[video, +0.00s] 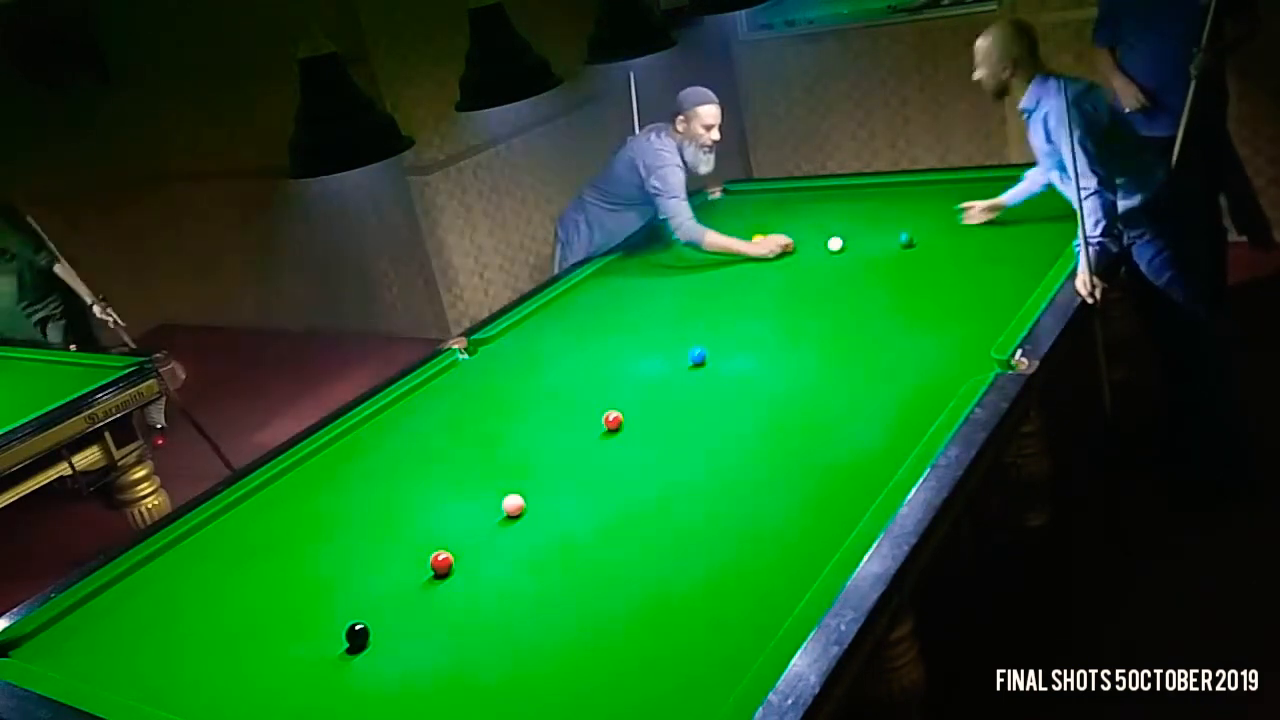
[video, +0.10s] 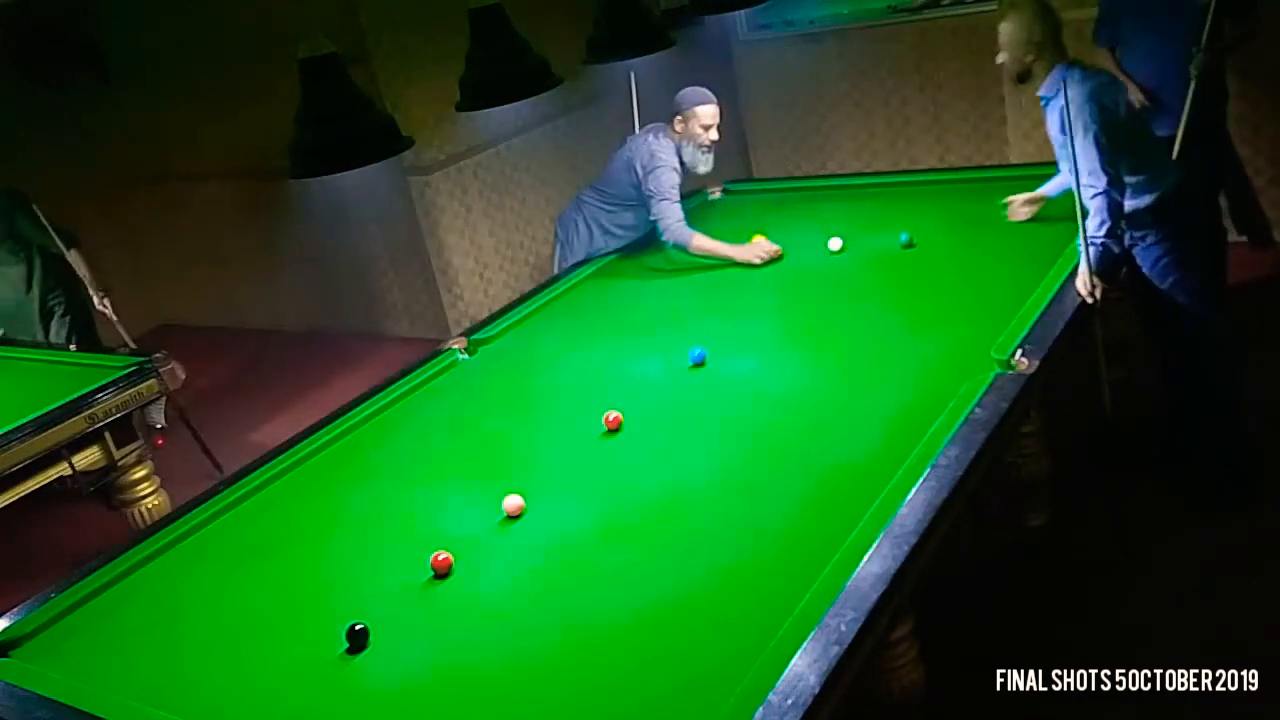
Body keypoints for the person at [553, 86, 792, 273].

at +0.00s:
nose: (715, 137)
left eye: (718, 128)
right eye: (706, 129)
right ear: (680, 124)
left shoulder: (672, 139)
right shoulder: (660, 157)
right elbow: (684, 230)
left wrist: (705, 185)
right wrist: (752, 248)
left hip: (623, 231)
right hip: (588, 237)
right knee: (578, 317)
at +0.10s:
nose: (714, 137)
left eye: (716, 128)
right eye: (705, 129)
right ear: (678, 125)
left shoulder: (662, 135)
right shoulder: (660, 160)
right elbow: (673, 231)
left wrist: (699, 191)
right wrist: (739, 252)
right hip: (587, 237)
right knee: (578, 316)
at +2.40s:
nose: (536, 101)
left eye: (538, 95)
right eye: (526, 97)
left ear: (543, 95)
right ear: (510, 103)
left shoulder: (544, 132)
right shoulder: (495, 146)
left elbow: (554, 179)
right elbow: (489, 219)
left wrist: (596, 197)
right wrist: (534, 264)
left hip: (572, 253)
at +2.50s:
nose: (519, 104)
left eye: (520, 98)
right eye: (508, 101)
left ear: (523, 100)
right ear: (490, 106)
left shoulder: (522, 139)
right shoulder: (472, 155)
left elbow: (536, 183)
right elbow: (476, 228)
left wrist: (583, 201)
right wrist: (530, 266)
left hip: (553, 274)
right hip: (509, 286)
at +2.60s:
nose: (502, 110)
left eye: (503, 103)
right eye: (491, 106)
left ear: (508, 103)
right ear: (472, 111)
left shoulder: (503, 143)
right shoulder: (455, 160)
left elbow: (521, 190)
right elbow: (466, 236)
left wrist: (570, 205)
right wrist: (523, 269)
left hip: (536, 280)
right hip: (493, 291)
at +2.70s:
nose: (487, 114)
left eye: (487, 106)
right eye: (474, 110)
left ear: (490, 104)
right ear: (450, 112)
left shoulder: (490, 143)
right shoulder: (440, 163)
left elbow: (509, 191)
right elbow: (458, 237)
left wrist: (558, 210)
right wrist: (516, 272)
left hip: (524, 278)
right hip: (481, 292)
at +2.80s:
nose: (466, 114)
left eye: (468, 105)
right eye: (457, 108)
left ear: (474, 103)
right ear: (436, 110)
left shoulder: (476, 145)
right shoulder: (430, 163)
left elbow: (500, 193)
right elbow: (456, 235)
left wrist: (548, 214)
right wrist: (513, 272)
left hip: (516, 273)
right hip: (475, 287)